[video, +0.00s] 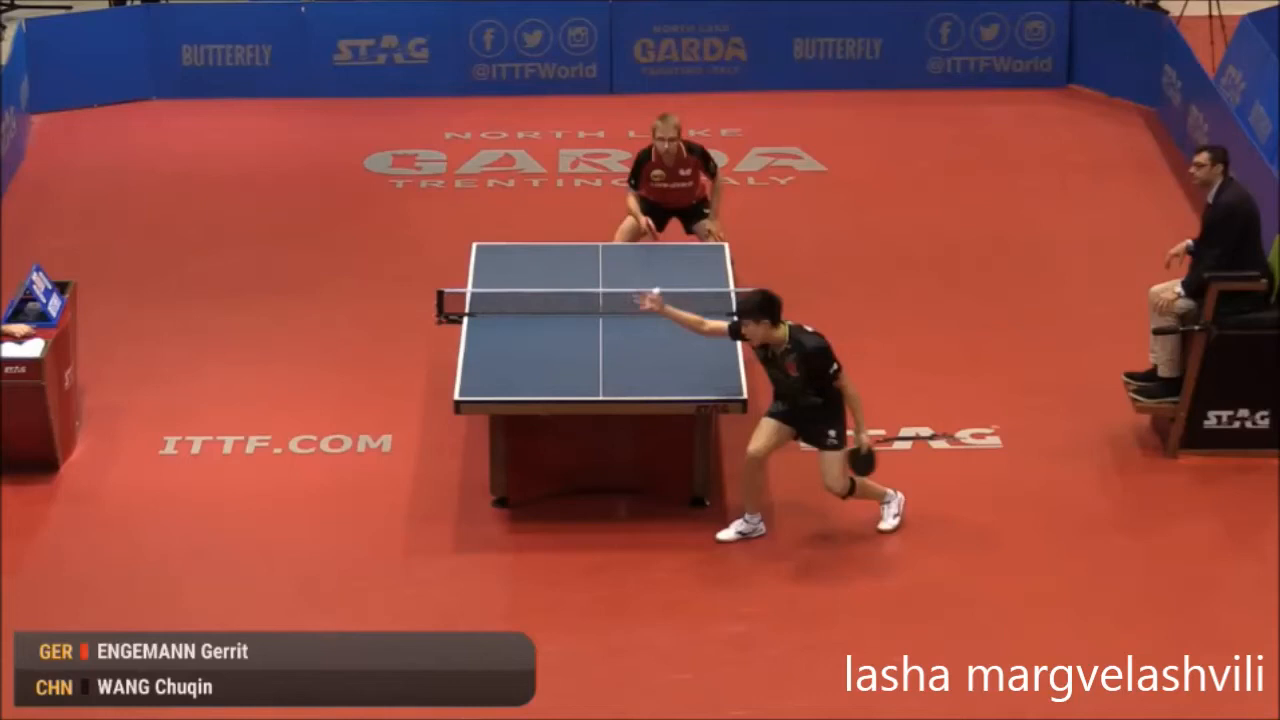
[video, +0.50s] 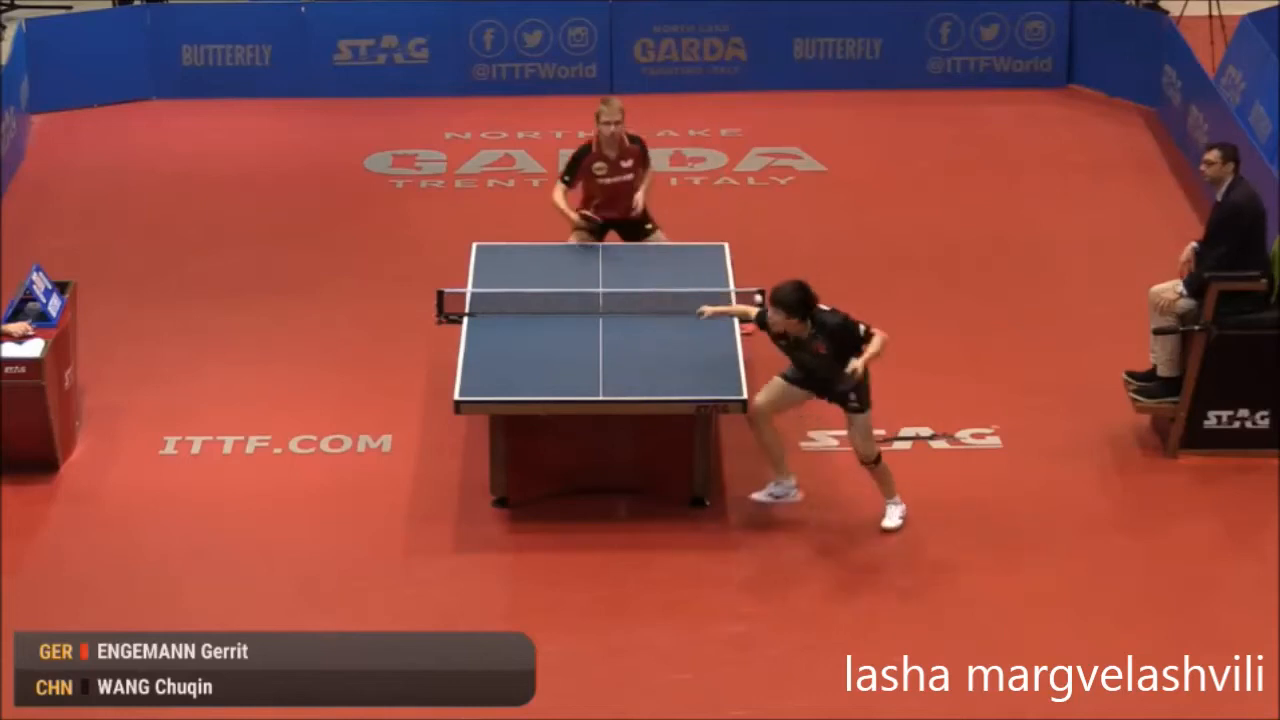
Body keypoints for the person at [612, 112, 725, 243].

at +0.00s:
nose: (666, 147)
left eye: (671, 140)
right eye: (661, 140)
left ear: (679, 138)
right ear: (653, 139)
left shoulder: (696, 153)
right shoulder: (644, 157)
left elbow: (715, 178)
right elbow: (631, 194)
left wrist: (713, 218)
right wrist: (640, 217)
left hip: (691, 206)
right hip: (654, 206)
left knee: (717, 245)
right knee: (620, 242)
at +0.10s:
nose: (668, 137)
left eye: (674, 131)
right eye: (663, 131)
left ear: (681, 131)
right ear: (655, 132)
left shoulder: (698, 147)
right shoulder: (646, 151)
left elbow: (715, 175)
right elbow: (630, 186)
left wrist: (711, 216)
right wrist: (638, 209)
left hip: (691, 203)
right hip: (653, 203)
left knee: (714, 242)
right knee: (621, 241)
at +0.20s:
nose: (668, 131)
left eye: (673, 125)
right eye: (662, 125)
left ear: (680, 125)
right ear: (654, 125)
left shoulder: (697, 143)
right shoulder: (644, 146)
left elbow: (713, 170)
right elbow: (628, 181)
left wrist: (705, 212)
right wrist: (633, 204)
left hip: (686, 202)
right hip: (650, 202)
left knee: (706, 237)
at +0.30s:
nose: (657, 129)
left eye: (663, 123)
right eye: (652, 123)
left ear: (670, 124)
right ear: (643, 125)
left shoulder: (687, 145)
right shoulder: (634, 148)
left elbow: (704, 174)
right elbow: (614, 183)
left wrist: (690, 210)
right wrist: (618, 204)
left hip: (676, 208)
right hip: (639, 208)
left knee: (699, 245)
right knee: (608, 244)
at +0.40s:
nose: (642, 132)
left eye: (646, 126)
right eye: (636, 126)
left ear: (653, 126)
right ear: (628, 128)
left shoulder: (671, 148)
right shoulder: (619, 153)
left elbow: (689, 178)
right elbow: (594, 189)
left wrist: (673, 210)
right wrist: (599, 208)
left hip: (665, 212)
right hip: (628, 213)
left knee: (689, 252)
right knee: (600, 247)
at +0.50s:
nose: (612, 129)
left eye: (617, 123)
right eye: (607, 124)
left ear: (623, 123)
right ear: (597, 124)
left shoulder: (636, 146)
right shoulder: (586, 152)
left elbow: (647, 169)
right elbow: (558, 193)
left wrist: (641, 192)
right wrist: (572, 216)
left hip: (630, 214)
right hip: (594, 215)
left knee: (665, 253)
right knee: (574, 255)